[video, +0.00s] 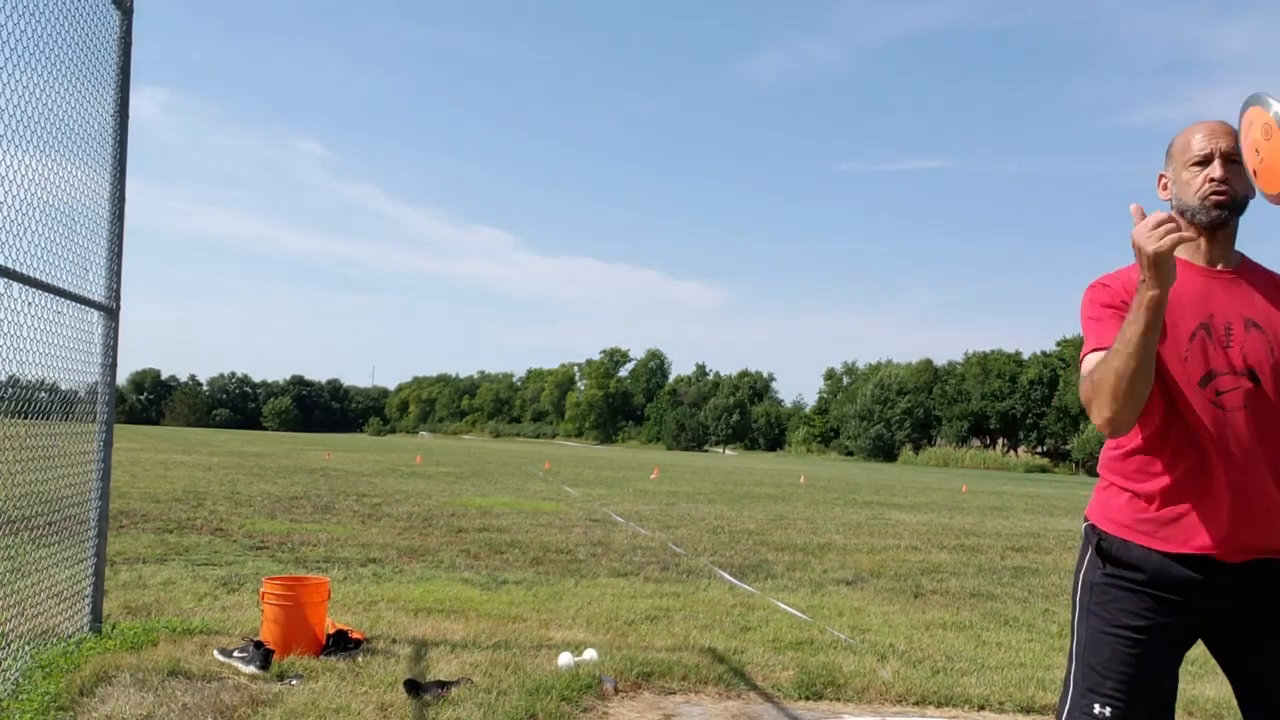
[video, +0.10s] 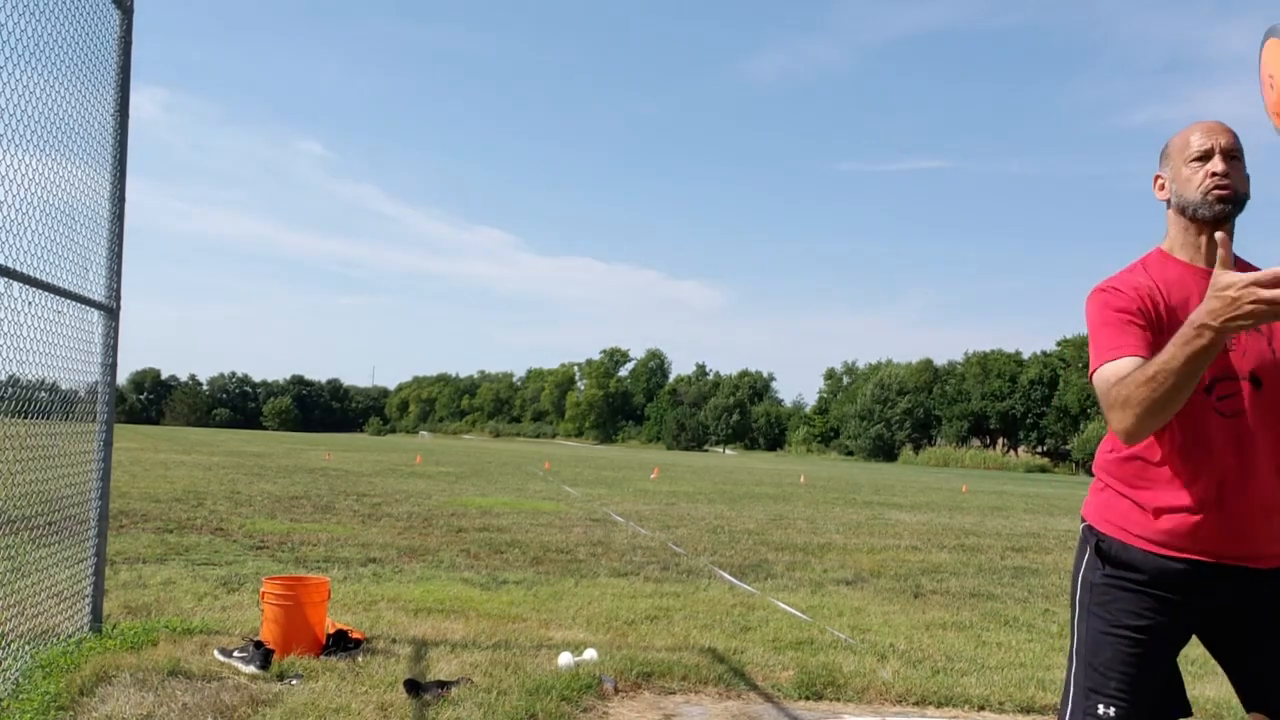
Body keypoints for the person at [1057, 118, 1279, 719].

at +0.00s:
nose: (1221, 172)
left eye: (1234, 161)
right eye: (1201, 162)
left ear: (1250, 184)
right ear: (1166, 186)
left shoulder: (1273, 293)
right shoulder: (1119, 292)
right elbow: (1110, 415)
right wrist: (1152, 287)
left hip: (1261, 569)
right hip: (1139, 563)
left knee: (1273, 705)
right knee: (1103, 711)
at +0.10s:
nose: (1221, 166)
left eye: (1232, 158)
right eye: (1201, 158)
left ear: (1246, 183)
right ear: (1163, 186)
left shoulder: (1269, 293)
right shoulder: (1123, 295)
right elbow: (1127, 417)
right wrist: (1210, 322)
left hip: (1259, 567)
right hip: (1137, 561)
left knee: (1277, 703)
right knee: (1106, 711)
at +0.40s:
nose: (1229, 178)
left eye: (1238, 167)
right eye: (1209, 167)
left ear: (1250, 184)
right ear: (1164, 189)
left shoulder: (1266, 295)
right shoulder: (1125, 296)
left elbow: (1274, 450)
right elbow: (1178, 396)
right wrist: (1270, 307)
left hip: (1246, 559)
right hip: (1133, 558)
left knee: (1273, 701)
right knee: (1106, 711)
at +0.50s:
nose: (1244, 195)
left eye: (1255, 181)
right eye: (1225, 180)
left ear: (1266, 193)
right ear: (1179, 195)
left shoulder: (1273, 304)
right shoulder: (1137, 308)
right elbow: (1175, 435)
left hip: (1248, 560)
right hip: (1134, 559)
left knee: (1275, 702)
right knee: (1103, 712)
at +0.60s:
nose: (1267, 217)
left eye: (1276, 200)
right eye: (1249, 199)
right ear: (1201, 207)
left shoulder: (1279, 310)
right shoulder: (1156, 320)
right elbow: (1174, 471)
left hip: (1245, 564)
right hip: (1135, 560)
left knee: (1277, 701)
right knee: (1090, 712)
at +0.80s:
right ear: (1245, 223)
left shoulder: (1271, 323)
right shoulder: (1180, 334)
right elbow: (1131, 481)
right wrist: (1224, 592)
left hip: (1257, 568)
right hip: (1138, 559)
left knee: (1277, 704)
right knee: (1087, 712)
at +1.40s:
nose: (1267, 262)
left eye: (1279, 244)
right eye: (1252, 242)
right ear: (1208, 221)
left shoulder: (1277, 314)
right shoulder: (1136, 322)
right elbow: (1073, 461)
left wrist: (1275, 488)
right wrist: (1203, 504)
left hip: (1246, 557)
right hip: (1125, 548)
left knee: (1278, 701)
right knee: (1083, 709)